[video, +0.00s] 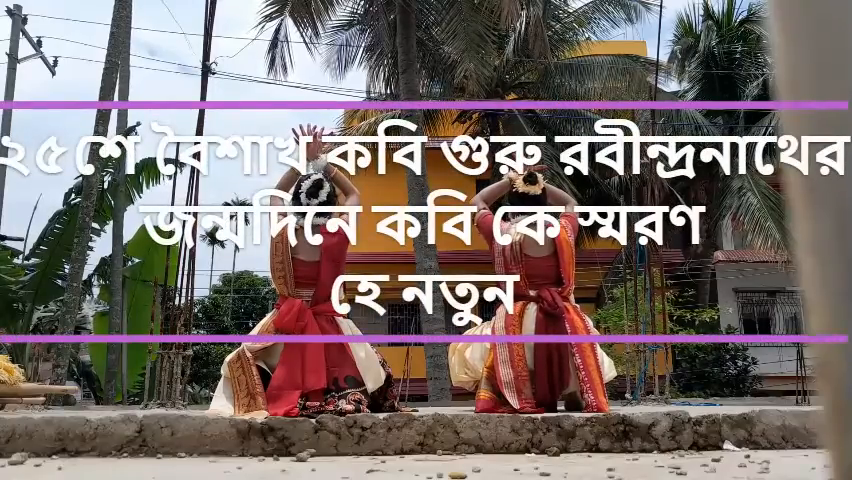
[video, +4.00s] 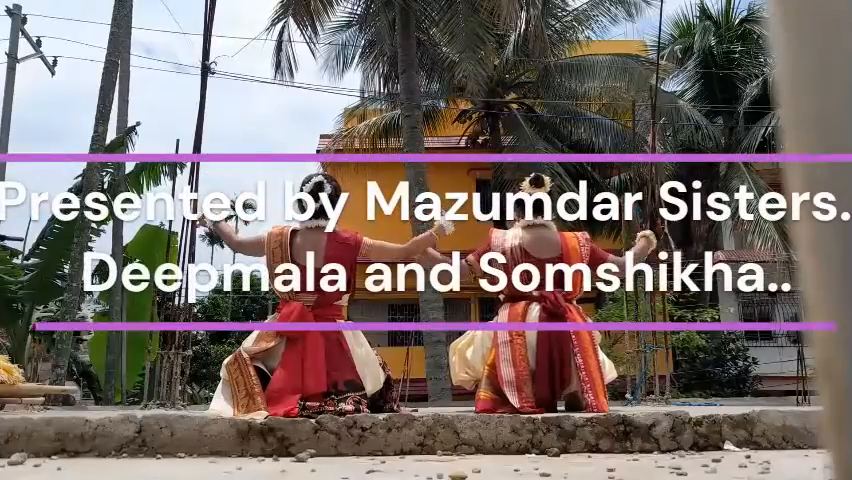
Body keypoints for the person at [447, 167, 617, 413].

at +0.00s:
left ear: (511, 211)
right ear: (543, 207)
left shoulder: (502, 234)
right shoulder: (562, 232)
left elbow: (479, 201)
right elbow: (569, 202)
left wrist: (508, 182)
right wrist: (542, 186)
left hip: (518, 318)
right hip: (561, 317)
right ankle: (573, 391)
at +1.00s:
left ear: (511, 209)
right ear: (544, 206)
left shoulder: (503, 233)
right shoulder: (563, 232)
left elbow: (480, 200)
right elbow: (569, 202)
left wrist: (507, 182)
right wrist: (542, 185)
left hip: (518, 318)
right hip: (562, 317)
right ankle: (574, 394)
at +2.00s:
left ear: (509, 203)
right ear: (546, 200)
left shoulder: (500, 233)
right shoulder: (562, 229)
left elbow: (469, 202)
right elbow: (582, 201)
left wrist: (490, 173)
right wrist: (551, 175)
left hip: (513, 321)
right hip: (559, 320)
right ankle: (575, 395)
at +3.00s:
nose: (507, 216)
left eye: (507, 210)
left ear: (510, 211)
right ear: (545, 210)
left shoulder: (495, 237)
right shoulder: (568, 238)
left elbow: (444, 244)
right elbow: (615, 238)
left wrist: (420, 213)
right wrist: (620, 203)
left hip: (513, 325)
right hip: (562, 324)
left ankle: (506, 394)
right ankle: (575, 394)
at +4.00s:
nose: (527, 213)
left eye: (524, 205)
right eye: (531, 205)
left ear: (516, 207)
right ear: (551, 207)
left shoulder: (499, 241)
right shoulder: (575, 243)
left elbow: (467, 267)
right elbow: (618, 267)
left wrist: (431, 256)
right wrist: (641, 249)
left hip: (513, 328)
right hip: (565, 329)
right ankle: (578, 397)